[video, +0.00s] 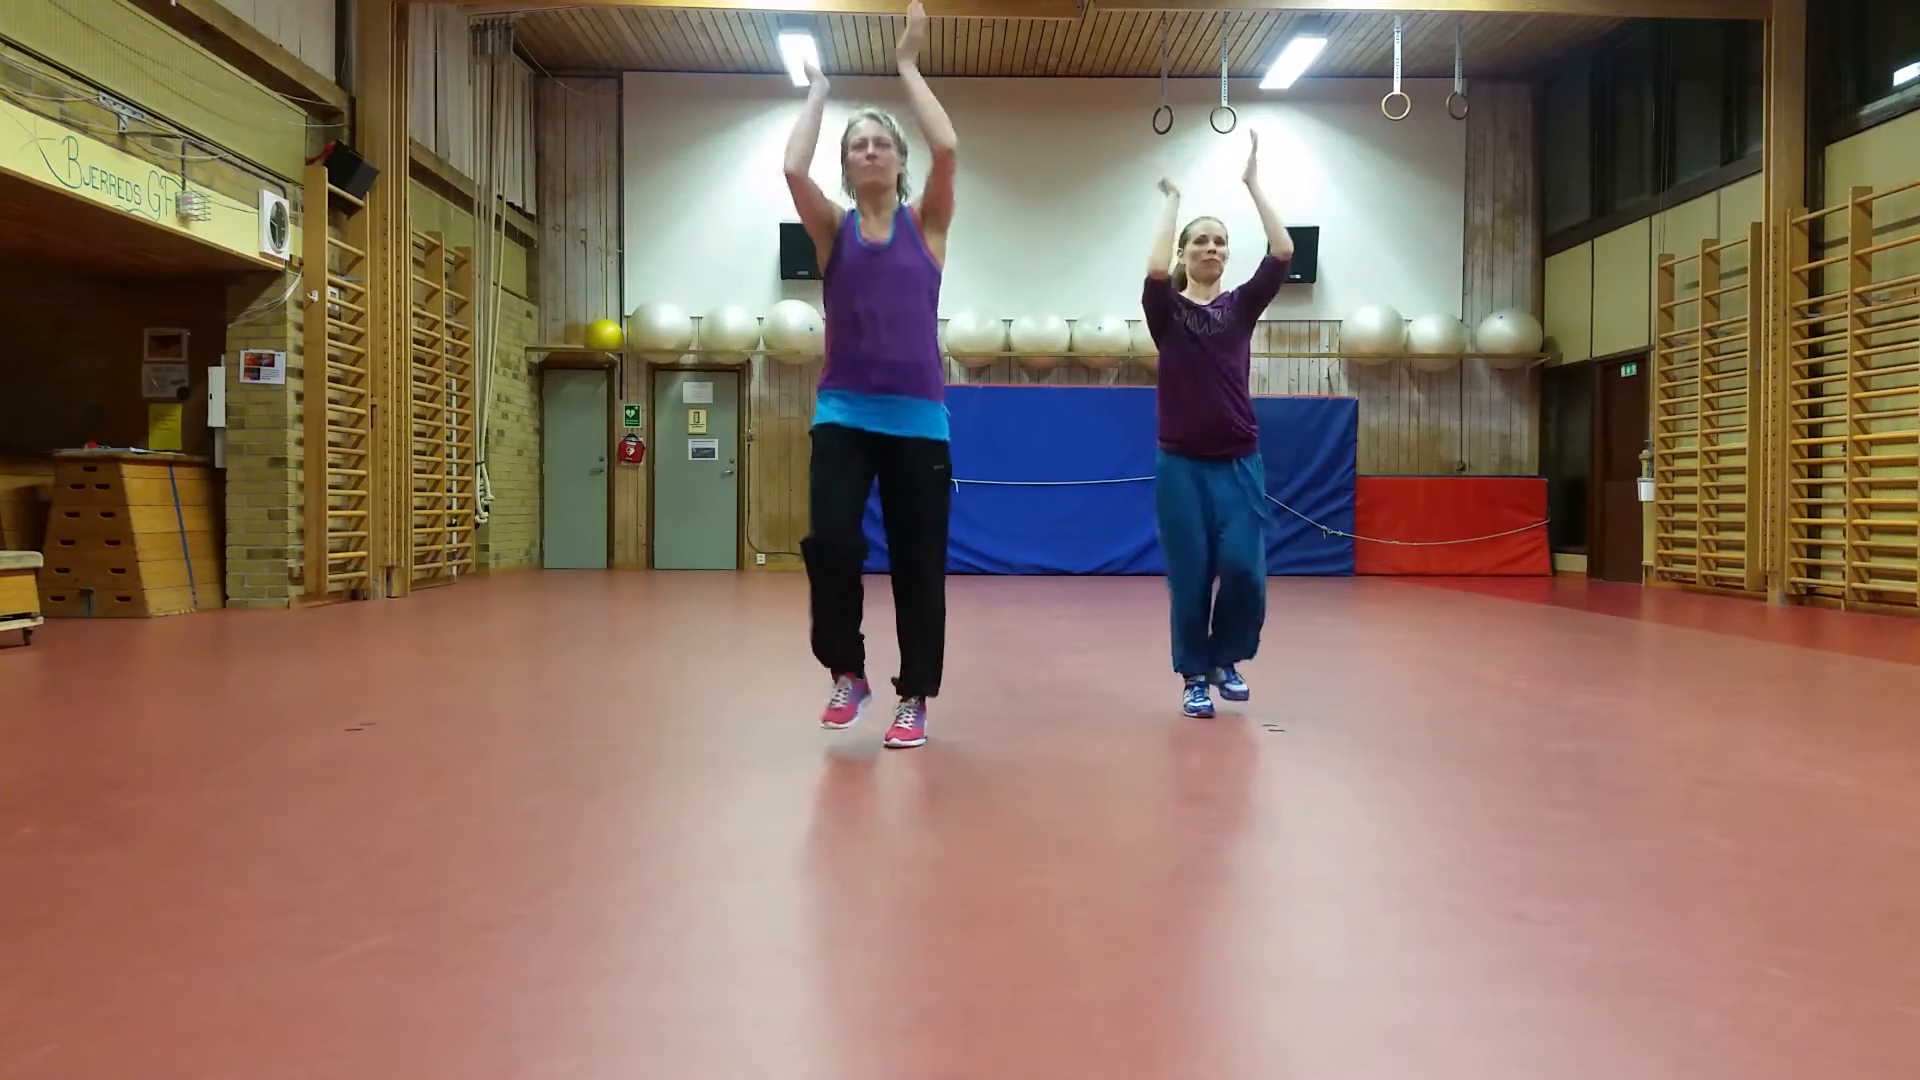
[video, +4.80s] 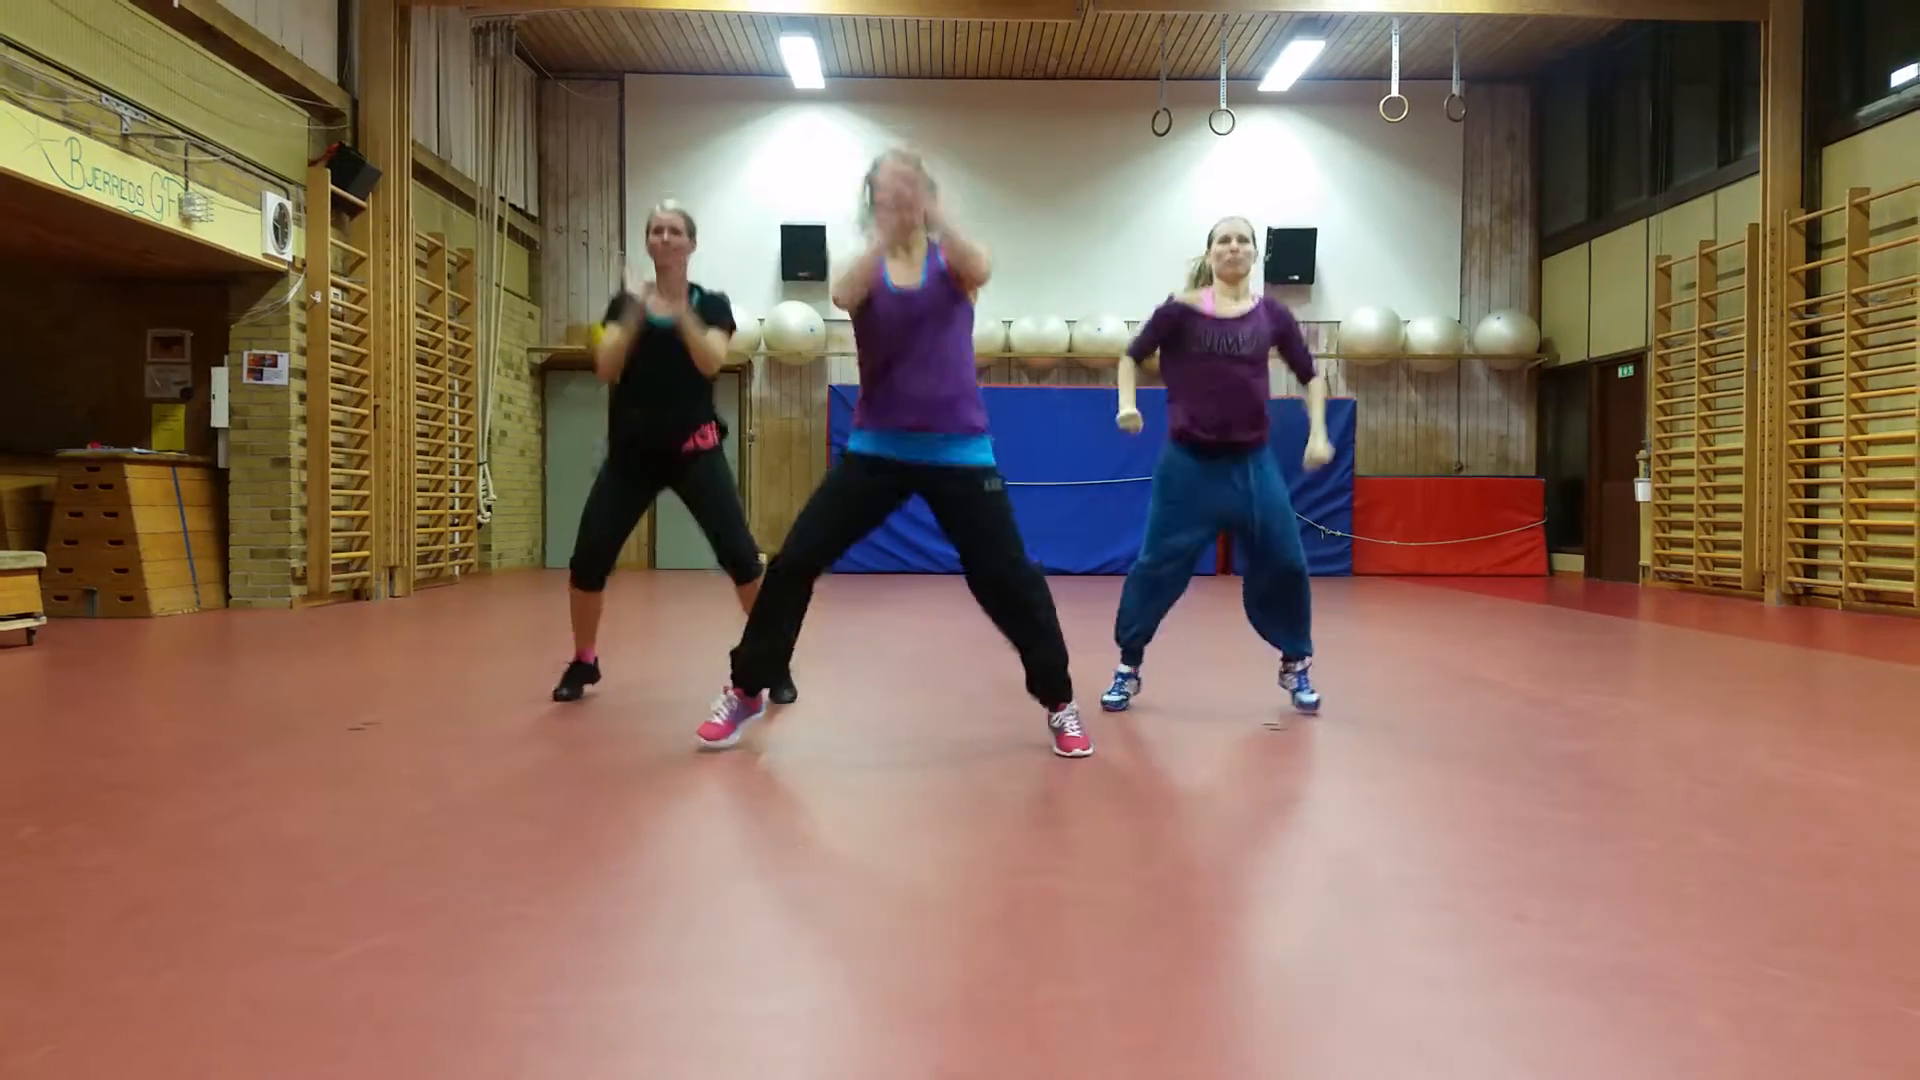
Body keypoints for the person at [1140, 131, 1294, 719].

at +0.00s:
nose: (1211, 250)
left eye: (1219, 243)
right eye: (1201, 243)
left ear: (1227, 255)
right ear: (1183, 254)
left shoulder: (1240, 306)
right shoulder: (1166, 312)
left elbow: (1282, 253)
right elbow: (1155, 272)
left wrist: (1252, 184)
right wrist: (1170, 202)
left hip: (1238, 460)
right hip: (1181, 460)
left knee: (1245, 568)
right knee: (1191, 571)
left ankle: (1225, 659)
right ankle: (1195, 677)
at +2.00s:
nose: (1216, 226)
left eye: (1225, 221)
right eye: (1206, 221)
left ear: (1239, 236)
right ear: (1192, 236)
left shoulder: (1252, 284)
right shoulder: (1179, 286)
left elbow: (1278, 201)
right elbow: (1149, 240)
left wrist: (1228, 144)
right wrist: (1170, 165)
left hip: (1238, 438)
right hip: (1181, 434)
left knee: (1239, 552)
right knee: (1181, 547)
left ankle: (1227, 658)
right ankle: (1180, 658)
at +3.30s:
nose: (1230, 252)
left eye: (1238, 247)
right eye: (1219, 246)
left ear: (1248, 262)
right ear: (1203, 260)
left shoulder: (1261, 310)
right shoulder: (1186, 313)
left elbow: (1305, 247)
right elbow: (1173, 269)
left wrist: (1254, 200)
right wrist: (1222, 207)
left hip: (1267, 461)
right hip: (1207, 464)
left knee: (1273, 576)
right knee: (1211, 577)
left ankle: (1265, 672)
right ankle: (1234, 666)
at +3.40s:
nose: (1227, 246)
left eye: (1236, 239)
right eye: (1217, 239)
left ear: (1248, 252)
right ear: (1203, 253)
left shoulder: (1264, 302)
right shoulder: (1187, 307)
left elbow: (1326, 277)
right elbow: (1156, 306)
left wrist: (1275, 236)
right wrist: (1193, 247)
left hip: (1263, 455)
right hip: (1203, 457)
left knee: (1272, 565)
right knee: (1204, 558)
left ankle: (1264, 674)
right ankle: (1214, 660)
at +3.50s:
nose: (1225, 228)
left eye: (1234, 222)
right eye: (1215, 222)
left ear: (1246, 235)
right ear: (1198, 236)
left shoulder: (1262, 287)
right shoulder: (1178, 294)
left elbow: (1329, 324)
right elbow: (1142, 351)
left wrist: (1285, 291)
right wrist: (1182, 303)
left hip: (1257, 439)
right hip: (1197, 440)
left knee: (1263, 556)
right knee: (1194, 553)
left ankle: (1260, 673)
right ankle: (1184, 659)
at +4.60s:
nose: (1238, 240)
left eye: (1246, 233)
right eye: (1228, 234)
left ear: (1260, 247)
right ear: (1213, 249)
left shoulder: (1283, 304)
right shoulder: (1188, 311)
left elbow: (1331, 368)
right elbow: (1145, 375)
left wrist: (1328, 354)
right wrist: (1157, 336)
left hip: (1267, 461)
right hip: (1203, 459)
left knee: (1274, 570)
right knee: (1168, 557)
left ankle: (1280, 681)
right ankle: (1146, 668)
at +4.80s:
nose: (1234, 248)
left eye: (1242, 241)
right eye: (1224, 241)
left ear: (1256, 254)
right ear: (1208, 254)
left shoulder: (1272, 314)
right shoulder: (1180, 308)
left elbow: (1309, 374)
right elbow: (1131, 356)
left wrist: (1318, 435)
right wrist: (1127, 405)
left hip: (1253, 461)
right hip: (1187, 461)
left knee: (1288, 562)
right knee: (1158, 563)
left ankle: (1295, 666)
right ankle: (1128, 668)